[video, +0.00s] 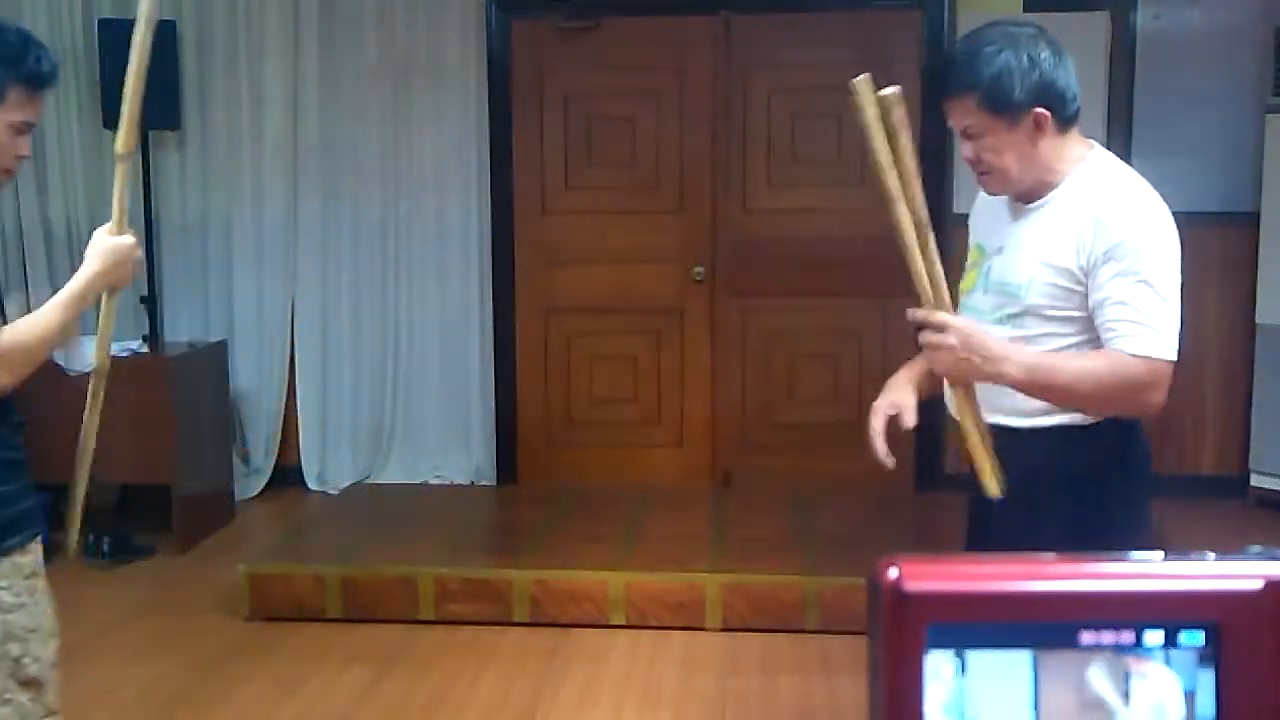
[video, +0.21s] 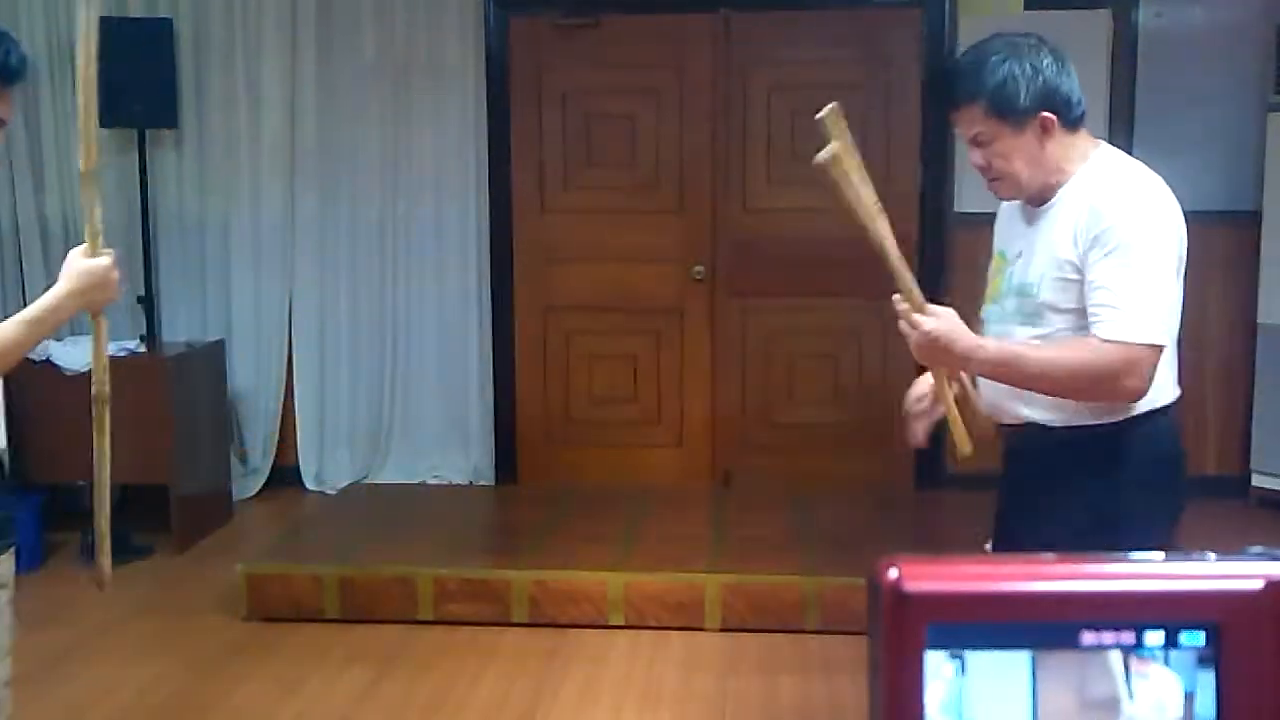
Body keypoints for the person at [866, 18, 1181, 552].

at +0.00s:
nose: (964, 155)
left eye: (974, 136)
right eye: (959, 138)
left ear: (1037, 123)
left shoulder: (1126, 210)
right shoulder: (991, 201)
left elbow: (1144, 384)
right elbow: (984, 325)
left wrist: (1004, 363)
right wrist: (911, 377)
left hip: (1085, 466)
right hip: (999, 464)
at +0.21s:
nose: (974, 163)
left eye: (983, 142)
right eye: (968, 146)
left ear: (1044, 126)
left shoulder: (1130, 202)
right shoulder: (1017, 204)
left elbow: (1126, 372)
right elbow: (1023, 335)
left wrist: (972, 352)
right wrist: (950, 380)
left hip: (1112, 459)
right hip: (1031, 456)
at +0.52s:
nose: (1024, 158)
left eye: (1032, 135)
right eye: (1017, 138)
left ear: (1093, 113)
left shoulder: (1178, 187)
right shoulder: (1062, 192)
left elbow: (1147, 359)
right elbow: (1054, 334)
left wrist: (984, 369)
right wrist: (1015, 395)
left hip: (1168, 458)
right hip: (1081, 451)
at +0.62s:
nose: (1048, 154)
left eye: (1057, 130)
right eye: (1042, 134)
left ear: (1117, 109)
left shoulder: (1201, 182)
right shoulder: (1085, 190)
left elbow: (1161, 362)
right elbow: (1089, 344)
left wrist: (996, 373)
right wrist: (1022, 399)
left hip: (1183, 460)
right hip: (1099, 453)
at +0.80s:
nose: (1081, 157)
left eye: (1088, 132)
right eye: (1074, 136)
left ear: (1148, 109)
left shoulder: (1232, 187)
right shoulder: (1116, 188)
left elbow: (1212, 371)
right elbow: (1108, 335)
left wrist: (1063, 399)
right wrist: (1046, 387)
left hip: (1208, 471)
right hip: (1112, 462)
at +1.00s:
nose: (1127, 155)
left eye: (1136, 135)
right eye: (1120, 137)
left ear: (1202, 115)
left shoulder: (1267, 193)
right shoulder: (1146, 198)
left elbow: (1265, 381)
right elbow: (1136, 340)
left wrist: (1109, 398)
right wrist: (1086, 403)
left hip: (1241, 480)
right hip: (1140, 472)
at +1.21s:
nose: (1164, 168)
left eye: (1175, 150)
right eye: (1157, 150)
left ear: (1247, 128)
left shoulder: (1272, 221)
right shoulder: (1177, 206)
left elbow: (1274, 411)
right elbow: (1154, 328)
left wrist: (1162, 439)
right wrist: (1095, 421)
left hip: (1259, 495)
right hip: (1172, 493)